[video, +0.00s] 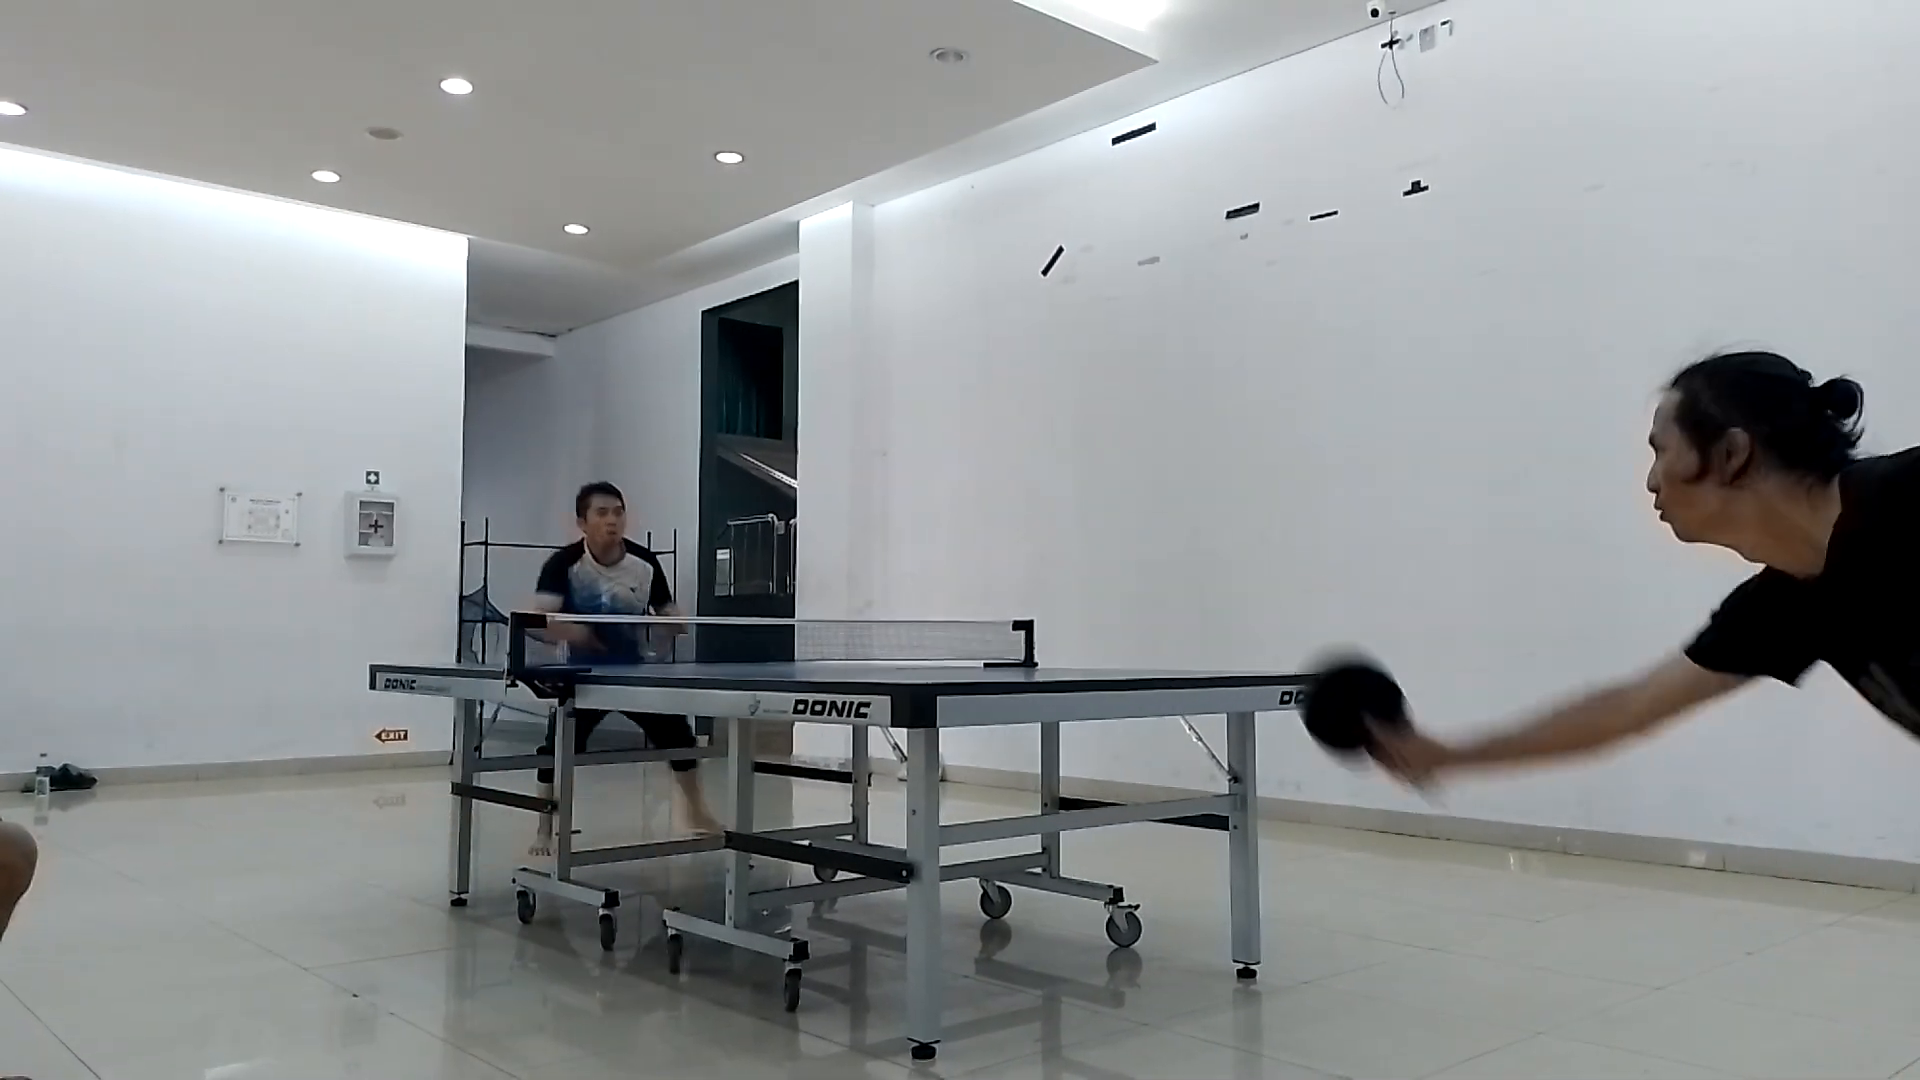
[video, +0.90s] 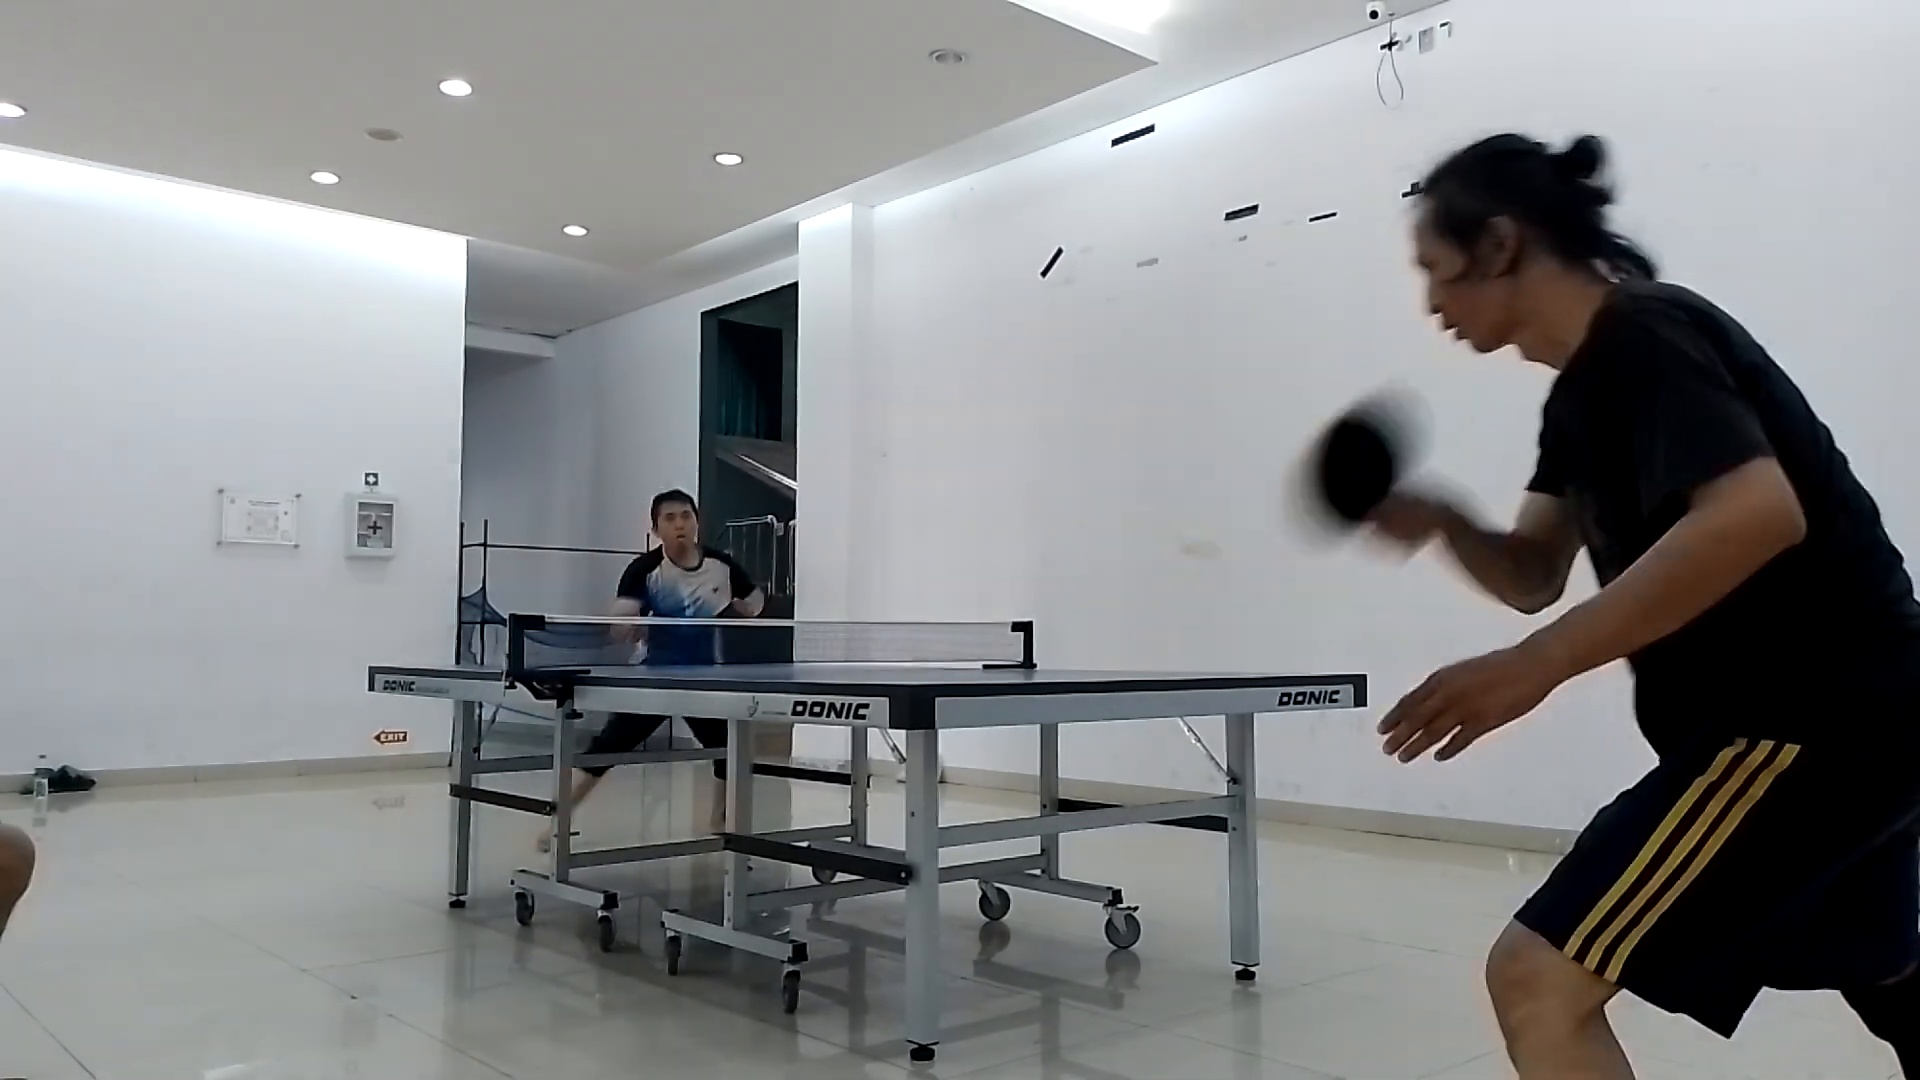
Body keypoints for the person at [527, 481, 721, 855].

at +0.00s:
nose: (612, 520)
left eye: (617, 512)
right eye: (602, 513)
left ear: (625, 517)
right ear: (582, 523)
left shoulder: (645, 563)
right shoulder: (562, 564)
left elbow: (667, 622)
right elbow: (544, 625)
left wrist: (667, 629)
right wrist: (574, 633)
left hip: (636, 675)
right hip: (584, 677)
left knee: (676, 730)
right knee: (556, 746)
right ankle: (545, 833)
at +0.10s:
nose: (630, 539)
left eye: (634, 530)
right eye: (619, 532)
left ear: (641, 535)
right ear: (600, 542)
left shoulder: (661, 575)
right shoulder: (586, 583)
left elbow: (680, 636)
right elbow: (579, 646)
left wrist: (696, 622)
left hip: (658, 690)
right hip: (603, 692)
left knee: (707, 748)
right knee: (570, 760)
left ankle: (718, 826)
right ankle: (545, 834)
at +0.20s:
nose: (654, 546)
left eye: (655, 537)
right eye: (641, 541)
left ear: (661, 540)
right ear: (622, 554)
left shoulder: (676, 574)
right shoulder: (616, 593)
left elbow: (707, 605)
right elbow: (643, 641)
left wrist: (731, 587)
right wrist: (705, 624)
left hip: (669, 693)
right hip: (620, 695)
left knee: (713, 748)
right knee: (595, 758)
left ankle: (720, 825)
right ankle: (548, 831)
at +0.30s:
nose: (674, 550)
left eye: (674, 541)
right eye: (662, 546)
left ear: (681, 542)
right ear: (643, 559)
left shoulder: (686, 569)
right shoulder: (639, 598)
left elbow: (732, 585)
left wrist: (752, 563)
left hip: (667, 691)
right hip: (625, 695)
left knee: (713, 741)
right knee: (600, 758)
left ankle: (719, 822)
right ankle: (548, 831)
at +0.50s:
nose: (687, 550)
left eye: (691, 541)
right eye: (676, 543)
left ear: (698, 544)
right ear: (657, 550)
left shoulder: (710, 576)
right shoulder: (646, 585)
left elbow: (746, 583)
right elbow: (683, 623)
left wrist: (772, 579)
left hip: (673, 685)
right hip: (626, 686)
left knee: (716, 741)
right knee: (595, 748)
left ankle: (720, 821)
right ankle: (548, 819)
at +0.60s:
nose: (678, 546)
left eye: (684, 537)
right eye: (668, 539)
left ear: (692, 541)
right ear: (651, 546)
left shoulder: (697, 578)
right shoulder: (637, 581)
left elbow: (723, 615)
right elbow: (652, 636)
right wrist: (695, 623)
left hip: (672, 690)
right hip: (625, 690)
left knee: (716, 748)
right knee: (593, 753)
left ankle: (720, 822)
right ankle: (542, 820)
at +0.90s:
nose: (680, 523)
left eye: (686, 515)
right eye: (670, 518)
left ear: (697, 523)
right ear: (656, 529)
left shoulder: (722, 566)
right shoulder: (642, 570)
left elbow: (757, 601)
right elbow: (619, 627)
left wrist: (738, 610)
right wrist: (633, 630)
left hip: (705, 681)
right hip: (654, 680)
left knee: (728, 752)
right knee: (608, 745)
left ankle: (720, 823)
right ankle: (560, 818)